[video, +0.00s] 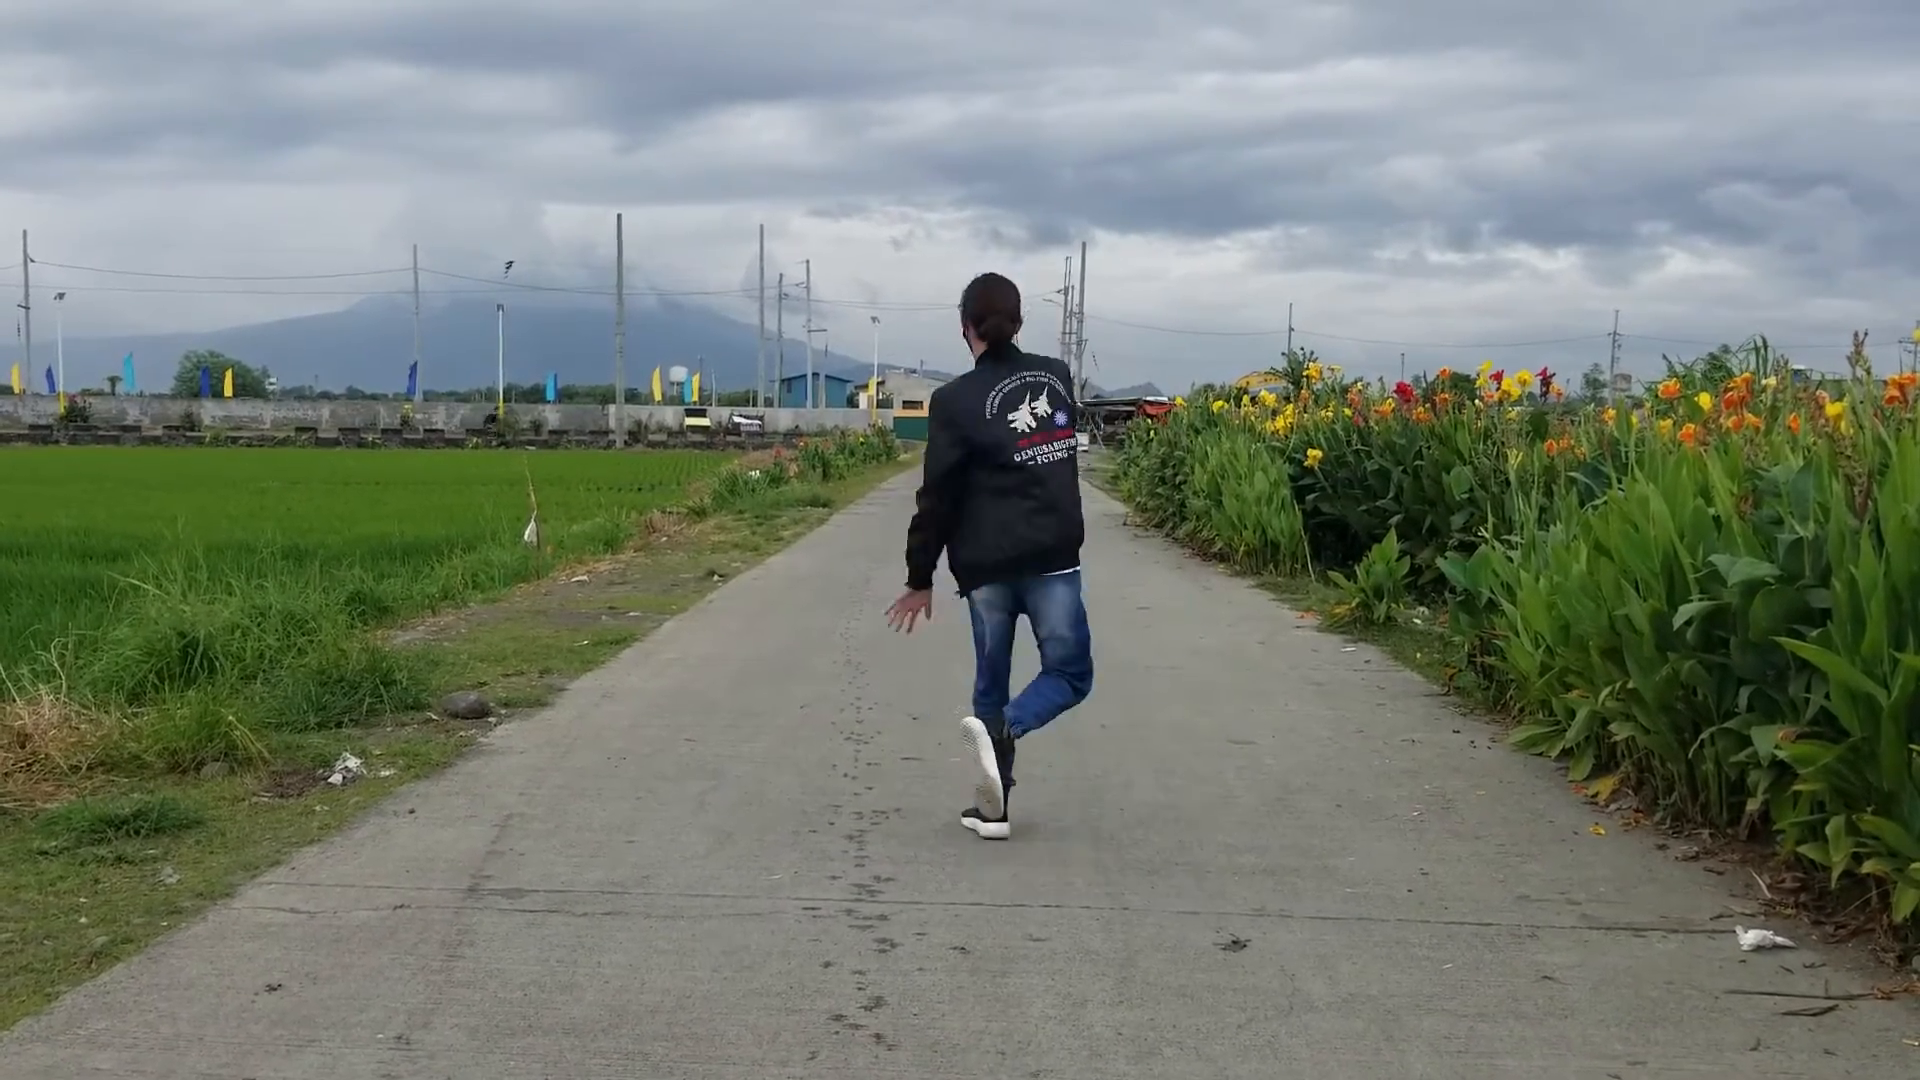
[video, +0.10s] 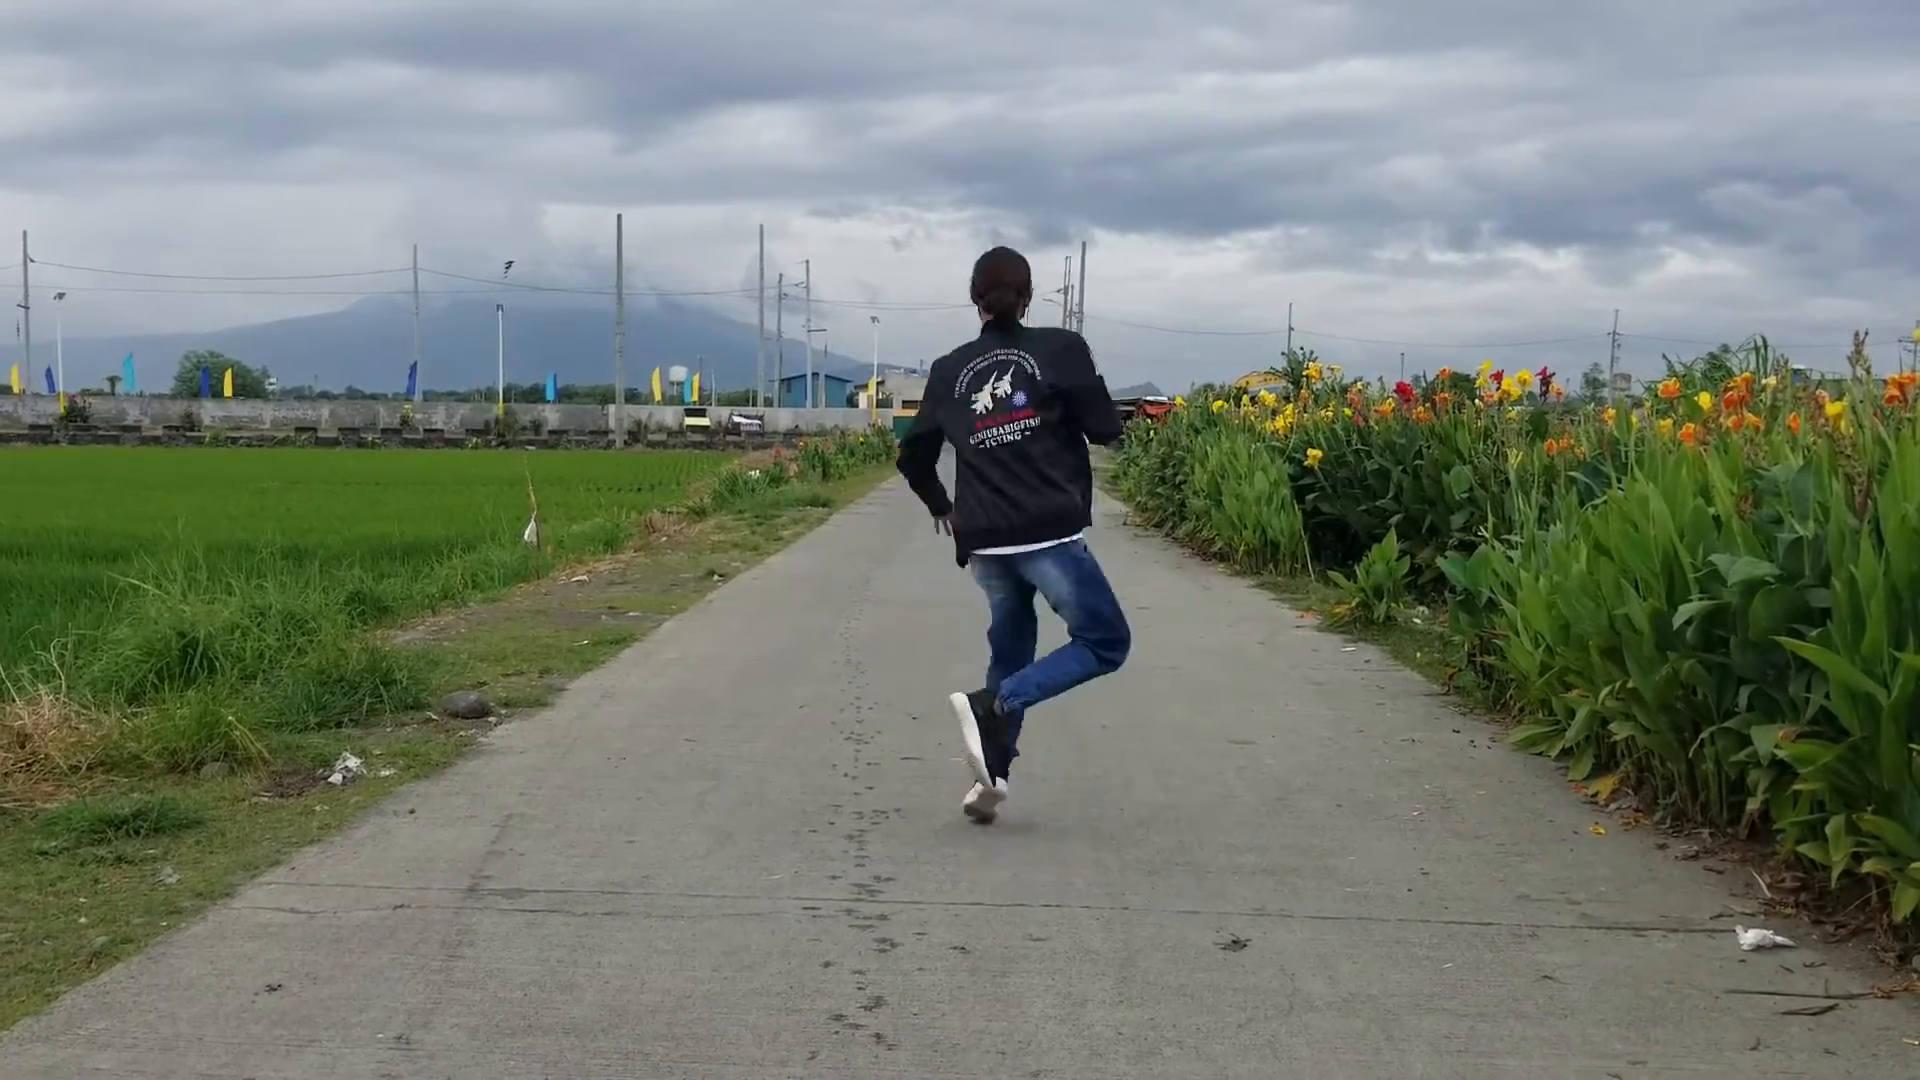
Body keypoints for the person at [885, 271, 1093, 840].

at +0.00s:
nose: (962, 330)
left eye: (962, 322)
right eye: (968, 321)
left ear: (968, 328)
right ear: (1018, 323)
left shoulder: (953, 400)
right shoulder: (1055, 375)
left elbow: (936, 495)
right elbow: (1056, 457)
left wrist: (919, 579)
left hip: (983, 558)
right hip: (1053, 549)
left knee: (991, 683)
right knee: (1069, 674)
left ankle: (995, 808)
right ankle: (1003, 728)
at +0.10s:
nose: (1026, 297)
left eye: (1014, 289)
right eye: (1026, 288)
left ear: (976, 300)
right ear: (1027, 293)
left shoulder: (948, 370)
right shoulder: (1061, 348)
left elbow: (913, 456)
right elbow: (1107, 427)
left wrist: (943, 507)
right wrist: (1072, 398)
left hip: (983, 537)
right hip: (1048, 530)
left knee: (1007, 656)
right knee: (1106, 642)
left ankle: (991, 777)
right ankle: (996, 703)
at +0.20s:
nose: (1044, 292)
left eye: (1041, 283)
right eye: (1042, 284)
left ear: (990, 288)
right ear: (1031, 289)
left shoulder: (958, 353)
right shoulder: (1042, 343)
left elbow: (933, 425)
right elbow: (1098, 403)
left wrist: (983, 461)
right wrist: (1116, 366)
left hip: (995, 529)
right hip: (1044, 526)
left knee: (1057, 637)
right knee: (1074, 659)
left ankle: (1065, 740)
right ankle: (969, 772)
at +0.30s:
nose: (1055, 314)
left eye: (1053, 304)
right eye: (1054, 306)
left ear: (1000, 307)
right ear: (1042, 311)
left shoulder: (973, 368)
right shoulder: (1031, 365)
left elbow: (972, 441)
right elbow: (1099, 415)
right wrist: (1191, 401)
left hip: (1009, 547)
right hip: (1035, 551)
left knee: (1089, 639)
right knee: (999, 692)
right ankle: (926, 808)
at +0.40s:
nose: (1082, 314)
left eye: (1079, 304)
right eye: (1077, 305)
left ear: (1035, 315)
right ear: (1056, 315)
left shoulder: (1030, 375)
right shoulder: (1024, 379)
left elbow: (1077, 430)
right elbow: (1080, 438)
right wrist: (1170, 410)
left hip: (1041, 553)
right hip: (1038, 556)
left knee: (1121, 630)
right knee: (1011, 684)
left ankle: (1205, 709)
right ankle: (930, 802)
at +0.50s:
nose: (1104, 292)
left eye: (1101, 283)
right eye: (1097, 285)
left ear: (1056, 301)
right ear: (1073, 298)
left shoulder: (1034, 357)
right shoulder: (1056, 354)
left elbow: (988, 424)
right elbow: (1057, 403)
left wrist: (1032, 459)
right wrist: (1144, 397)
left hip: (1076, 547)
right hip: (1064, 549)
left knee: (1153, 628)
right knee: (1033, 677)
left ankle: (1198, 752)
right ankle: (951, 786)